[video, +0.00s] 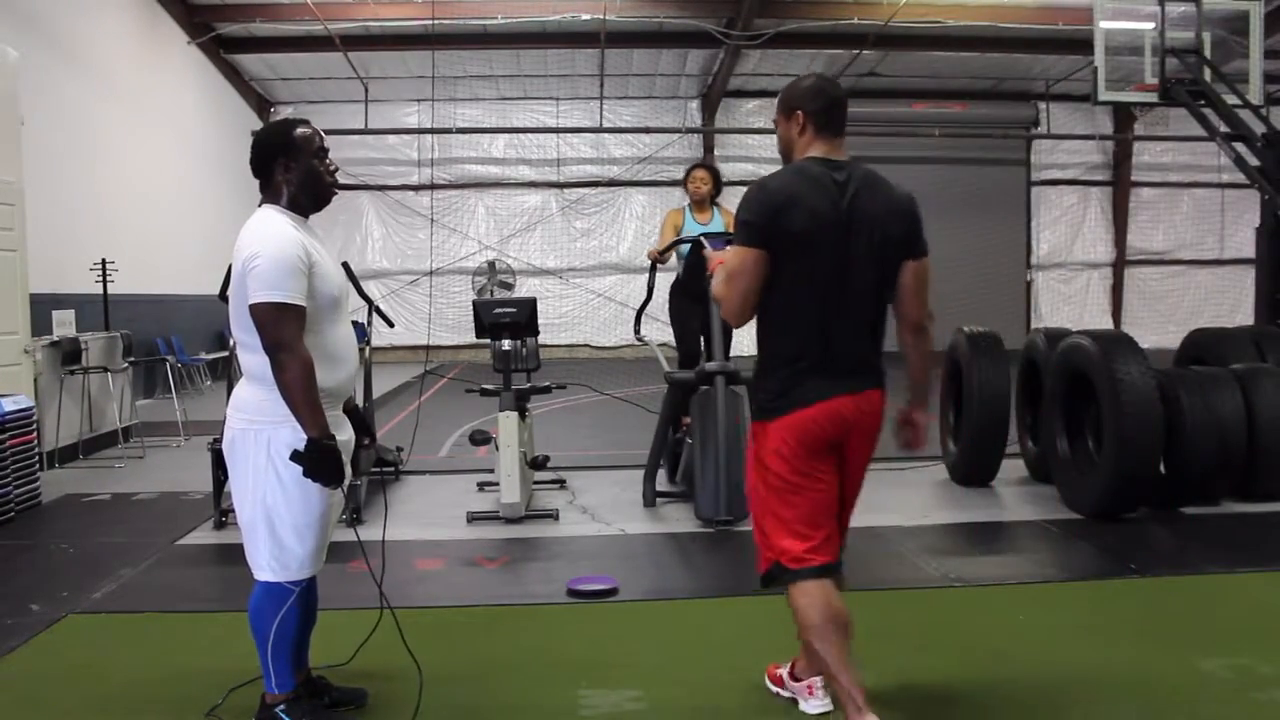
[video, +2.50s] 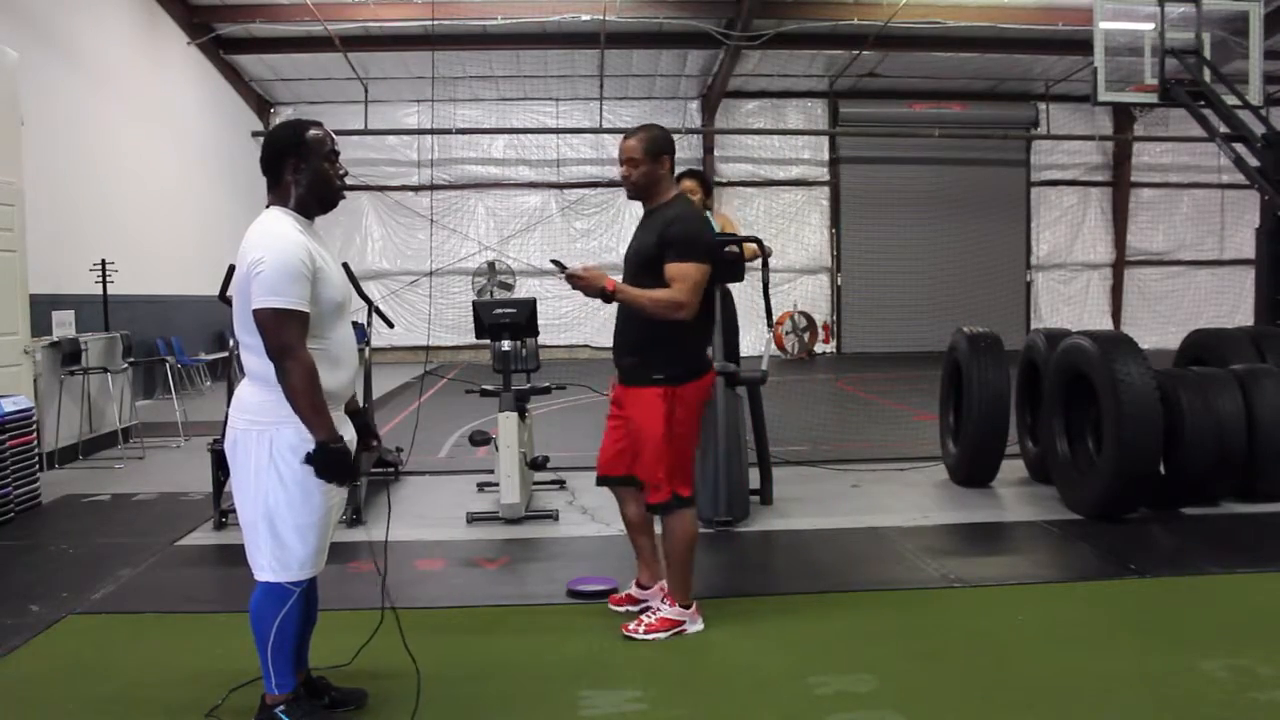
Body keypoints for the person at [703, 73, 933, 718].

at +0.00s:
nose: (776, 135)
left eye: (778, 124)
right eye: (778, 124)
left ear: (795, 122)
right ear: (840, 124)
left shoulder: (770, 197)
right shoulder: (894, 202)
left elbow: (735, 309)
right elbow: (915, 317)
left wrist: (723, 267)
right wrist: (917, 399)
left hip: (793, 409)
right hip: (863, 401)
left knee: (805, 566)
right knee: (823, 552)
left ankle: (857, 707)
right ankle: (806, 674)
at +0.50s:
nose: (706, 151)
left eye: (711, 140)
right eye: (706, 140)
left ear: (737, 138)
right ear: (758, 139)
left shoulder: (725, 202)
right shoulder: (814, 209)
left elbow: (700, 304)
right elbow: (804, 292)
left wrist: (659, 281)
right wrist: (713, 271)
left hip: (731, 395)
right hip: (804, 385)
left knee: (710, 524)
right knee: (805, 527)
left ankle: (679, 635)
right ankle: (807, 671)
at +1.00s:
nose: (627, 167)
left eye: (626, 157)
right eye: (626, 157)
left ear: (642, 152)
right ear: (678, 149)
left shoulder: (634, 216)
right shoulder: (735, 206)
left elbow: (615, 314)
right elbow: (761, 295)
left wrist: (596, 284)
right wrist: (775, 365)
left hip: (658, 389)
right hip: (720, 382)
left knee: (663, 517)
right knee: (715, 495)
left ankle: (676, 638)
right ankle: (730, 603)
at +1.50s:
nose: (618, 175)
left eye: (621, 166)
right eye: (617, 166)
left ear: (642, 163)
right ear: (663, 163)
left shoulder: (630, 219)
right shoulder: (706, 218)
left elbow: (614, 303)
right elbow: (719, 287)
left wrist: (577, 287)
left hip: (637, 384)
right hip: (688, 376)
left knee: (641, 501)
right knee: (660, 494)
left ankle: (674, 628)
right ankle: (651, 593)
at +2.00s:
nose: (612, 167)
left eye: (620, 159)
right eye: (612, 159)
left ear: (651, 165)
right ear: (646, 166)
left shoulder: (658, 214)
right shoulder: (649, 213)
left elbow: (650, 290)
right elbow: (643, 286)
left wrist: (588, 285)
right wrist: (589, 284)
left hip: (654, 375)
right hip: (650, 371)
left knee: (634, 490)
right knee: (645, 486)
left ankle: (677, 602)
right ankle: (653, 591)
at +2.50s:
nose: (623, 172)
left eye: (632, 163)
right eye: (622, 163)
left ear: (664, 164)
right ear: (635, 167)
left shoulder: (688, 222)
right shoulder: (653, 218)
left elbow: (682, 303)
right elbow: (652, 295)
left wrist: (610, 287)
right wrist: (607, 286)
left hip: (672, 382)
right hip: (637, 379)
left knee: (671, 493)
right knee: (621, 476)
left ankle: (681, 605)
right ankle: (651, 582)